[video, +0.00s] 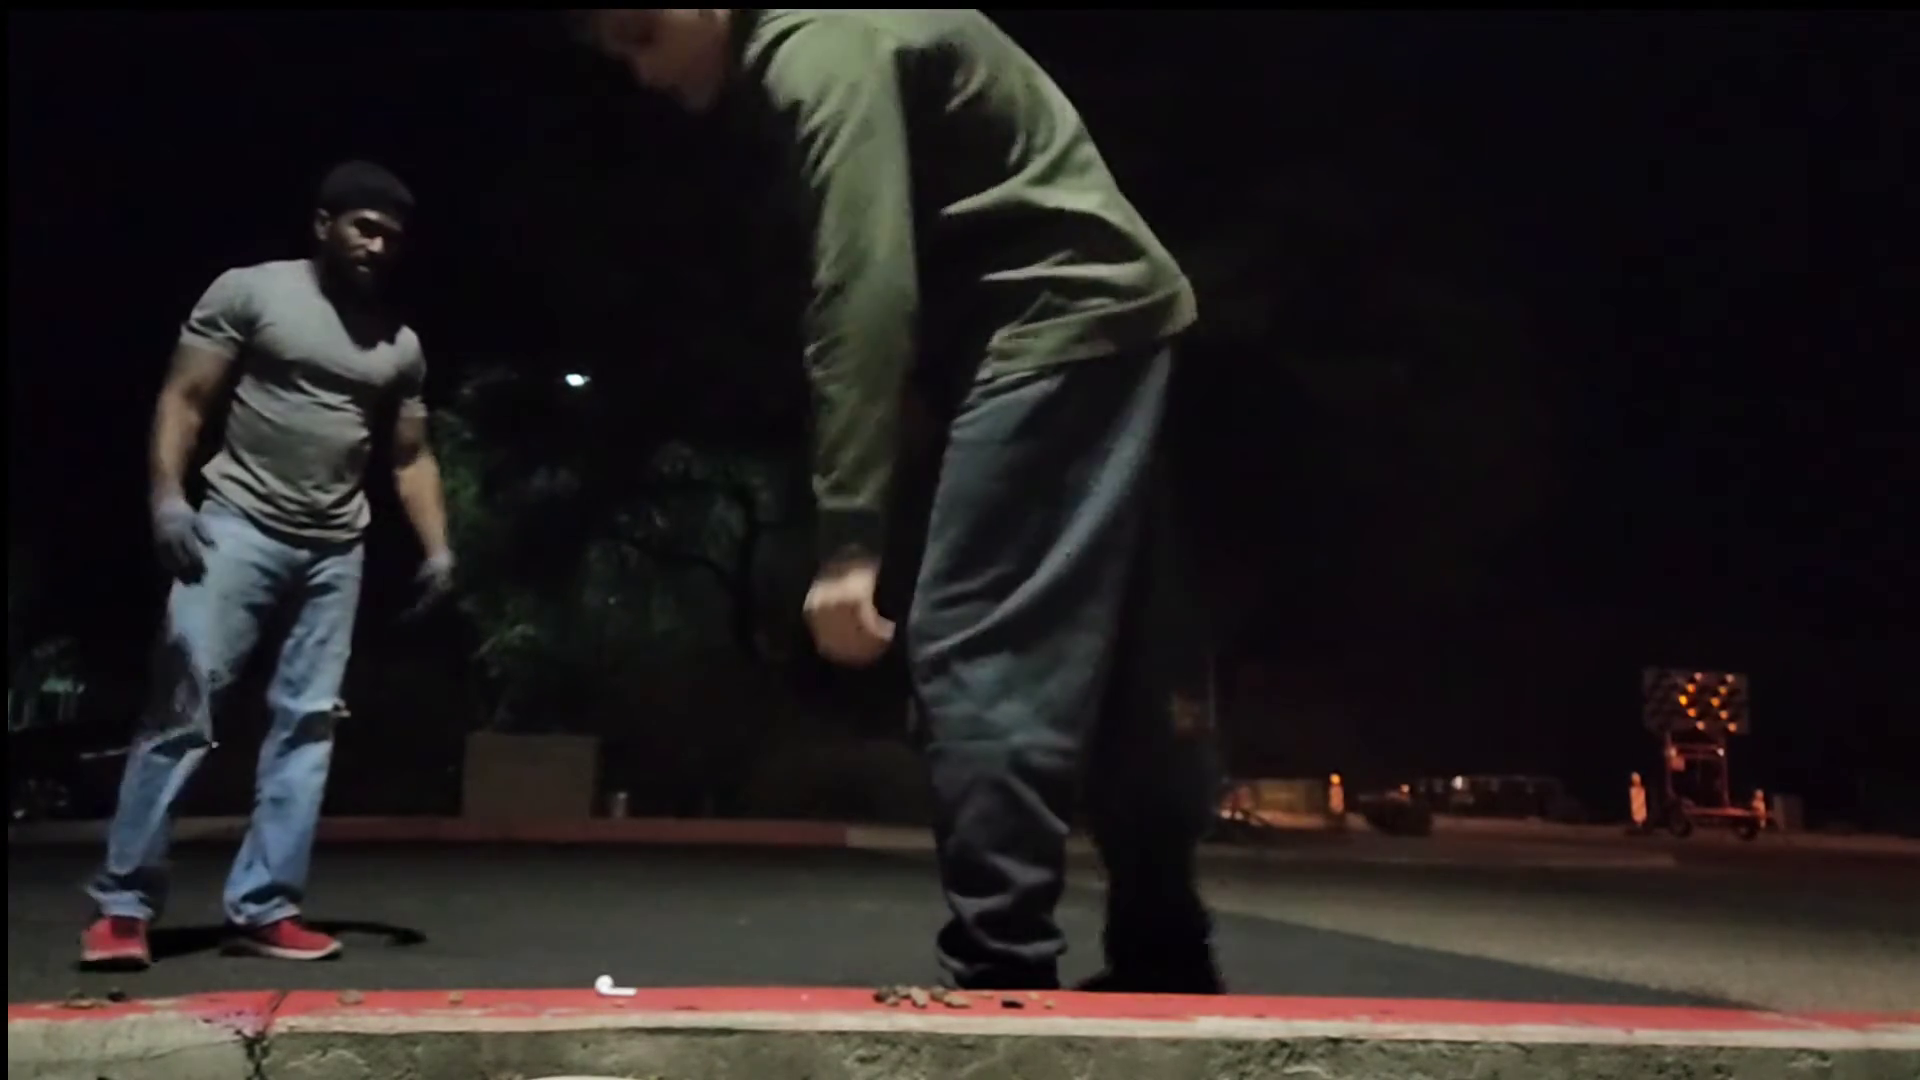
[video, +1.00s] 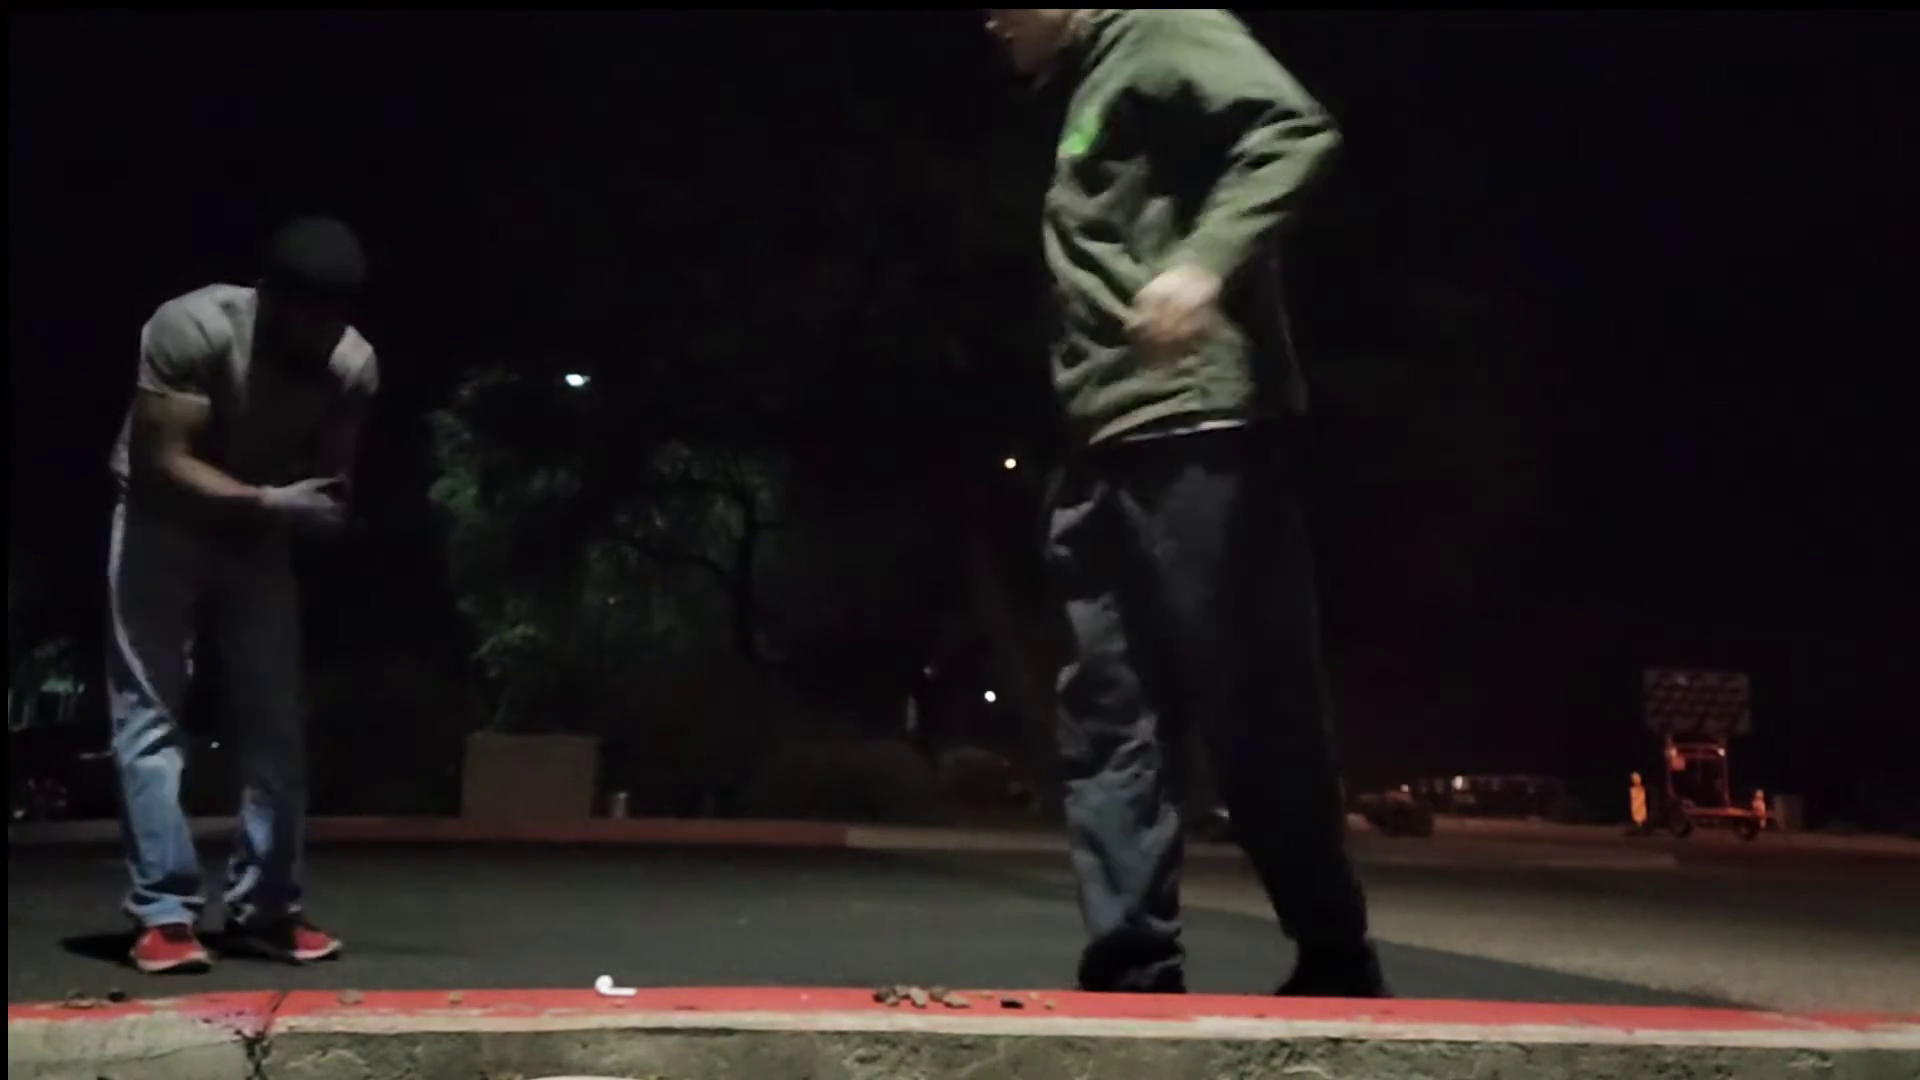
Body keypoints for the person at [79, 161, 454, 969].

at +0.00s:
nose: (376, 249)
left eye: (390, 237)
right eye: (363, 230)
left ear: (400, 248)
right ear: (324, 226)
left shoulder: (398, 348)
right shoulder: (250, 294)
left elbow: (412, 454)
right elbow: (183, 398)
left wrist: (438, 544)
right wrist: (167, 497)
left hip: (336, 548)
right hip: (239, 529)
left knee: (307, 719)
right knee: (185, 706)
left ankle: (263, 906)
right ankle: (124, 903)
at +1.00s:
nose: (322, 325)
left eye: (334, 311)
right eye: (309, 307)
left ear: (346, 308)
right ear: (275, 297)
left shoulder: (351, 366)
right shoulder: (189, 331)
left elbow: (331, 485)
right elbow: (163, 463)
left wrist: (316, 506)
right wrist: (267, 499)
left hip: (260, 535)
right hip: (160, 527)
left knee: (272, 714)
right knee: (151, 711)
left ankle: (267, 905)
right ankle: (164, 914)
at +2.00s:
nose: (468, 360)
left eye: (480, 347)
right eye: (458, 342)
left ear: (489, 345)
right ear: (423, 328)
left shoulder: (487, 406)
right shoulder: (333, 351)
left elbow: (464, 516)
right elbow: (272, 485)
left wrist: (443, 593)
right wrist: (312, 602)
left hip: (377, 538)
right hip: (282, 525)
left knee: (376, 701)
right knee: (234, 707)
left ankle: (344, 904)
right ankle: (177, 907)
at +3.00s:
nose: (393, 570)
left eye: (407, 557)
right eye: (383, 552)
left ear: (425, 537)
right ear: (339, 509)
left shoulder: (417, 539)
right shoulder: (250, 510)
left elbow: (416, 669)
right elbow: (172, 664)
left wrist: (405, 806)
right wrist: (150, 822)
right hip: (164, 512)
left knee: (312, 717)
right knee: (178, 704)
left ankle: (276, 912)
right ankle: (177, 925)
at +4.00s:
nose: (394, 714)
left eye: (407, 699)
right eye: (383, 696)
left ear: (421, 682)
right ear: (330, 655)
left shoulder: (411, 680)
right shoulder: (239, 644)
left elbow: (410, 811)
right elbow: (170, 797)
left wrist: (417, 950)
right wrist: (160, 961)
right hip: (134, 626)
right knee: (45, 793)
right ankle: (33, 854)